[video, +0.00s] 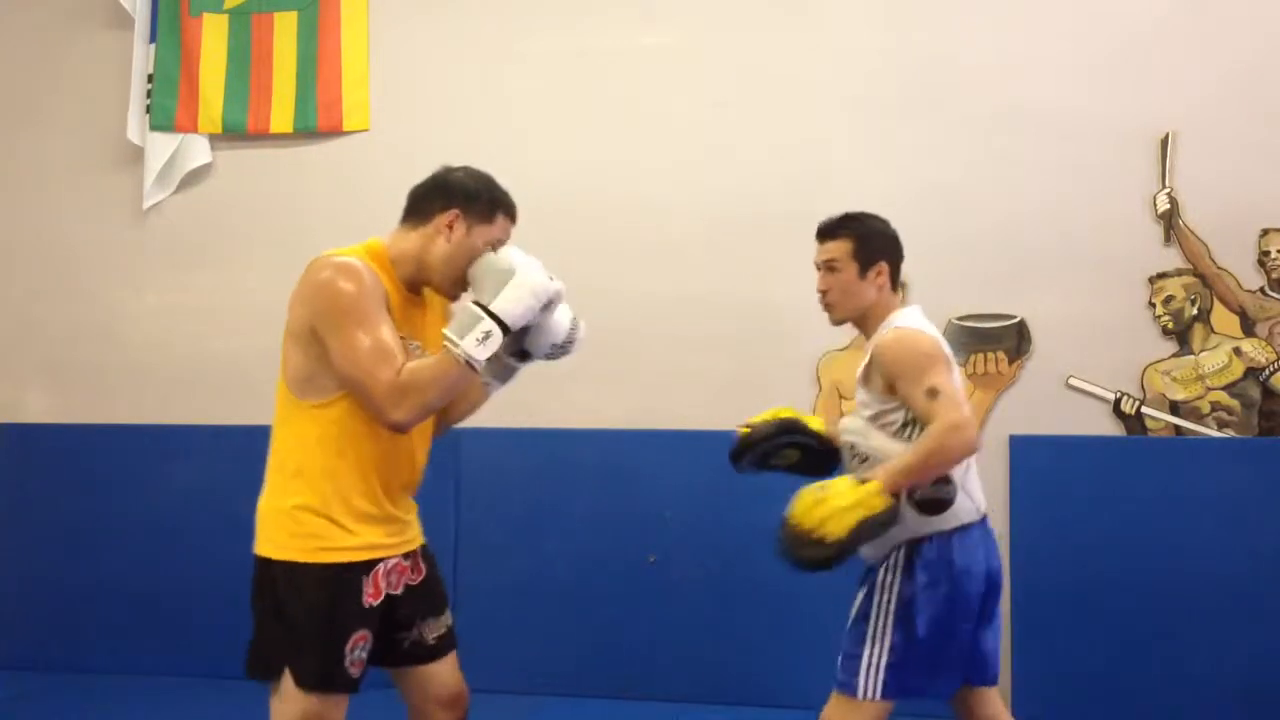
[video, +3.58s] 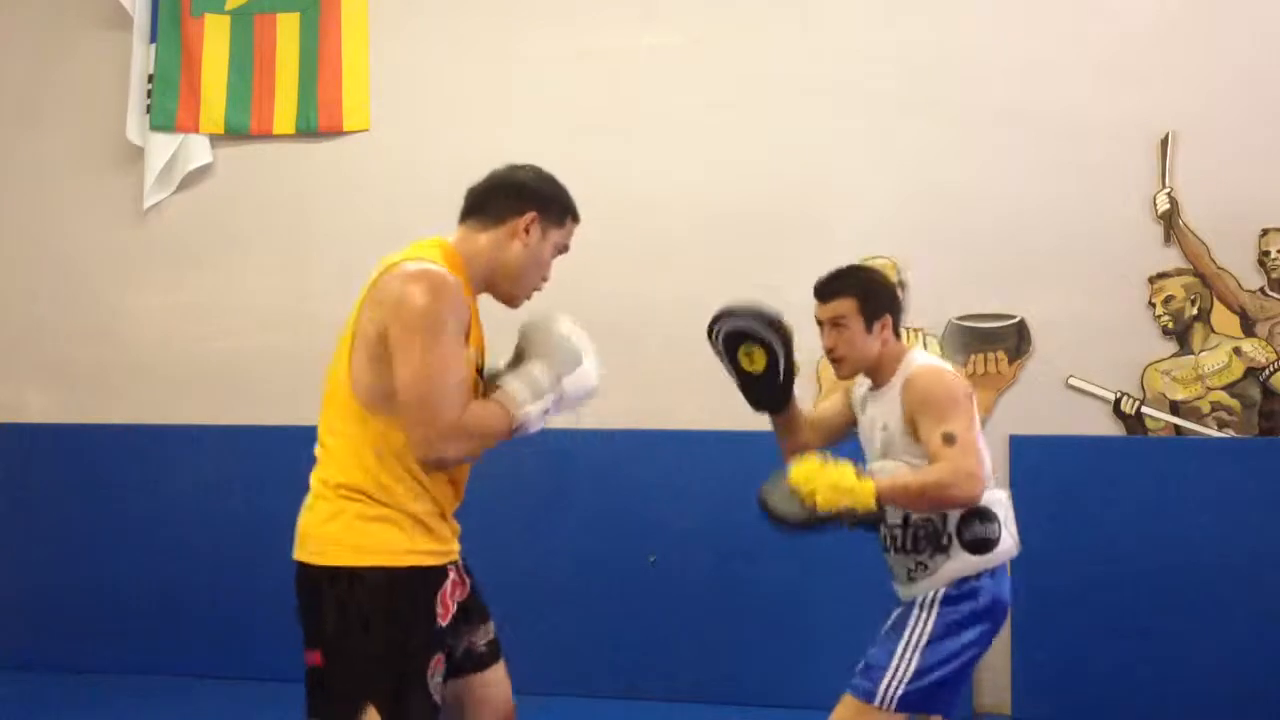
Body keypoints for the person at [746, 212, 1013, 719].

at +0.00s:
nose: (819, 285)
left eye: (831, 269)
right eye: (819, 270)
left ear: (878, 276)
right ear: (874, 280)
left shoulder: (901, 342)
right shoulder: (896, 338)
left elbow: (958, 432)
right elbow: (903, 435)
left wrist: (872, 488)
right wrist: (825, 438)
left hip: (919, 555)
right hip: (964, 545)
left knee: (853, 707)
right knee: (978, 698)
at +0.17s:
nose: (785, 291)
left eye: (797, 275)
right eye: (785, 275)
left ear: (845, 281)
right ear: (841, 285)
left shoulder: (875, 353)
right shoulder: (841, 358)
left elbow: (900, 462)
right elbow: (846, 443)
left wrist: (802, 505)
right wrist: (779, 443)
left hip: (908, 553)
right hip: (940, 545)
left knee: (840, 709)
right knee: (962, 695)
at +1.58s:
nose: (793, 311)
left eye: (804, 296)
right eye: (792, 297)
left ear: (852, 297)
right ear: (846, 300)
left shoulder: (889, 357)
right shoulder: (844, 363)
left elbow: (911, 460)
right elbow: (788, 424)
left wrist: (811, 471)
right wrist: (748, 376)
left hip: (925, 563)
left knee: (836, 710)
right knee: (956, 707)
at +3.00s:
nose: (834, 293)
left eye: (845, 278)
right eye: (832, 279)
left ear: (892, 280)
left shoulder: (924, 342)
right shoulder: (865, 349)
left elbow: (954, 440)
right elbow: (792, 384)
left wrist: (858, 439)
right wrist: (766, 318)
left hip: (931, 553)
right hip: (900, 554)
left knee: (854, 707)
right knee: (948, 700)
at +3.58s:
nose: (826, 342)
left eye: (838, 326)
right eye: (821, 327)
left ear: (883, 329)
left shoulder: (932, 383)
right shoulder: (861, 391)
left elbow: (963, 483)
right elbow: (800, 442)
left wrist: (868, 490)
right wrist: (774, 386)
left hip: (962, 585)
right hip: (924, 584)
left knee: (857, 713)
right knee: (919, 713)